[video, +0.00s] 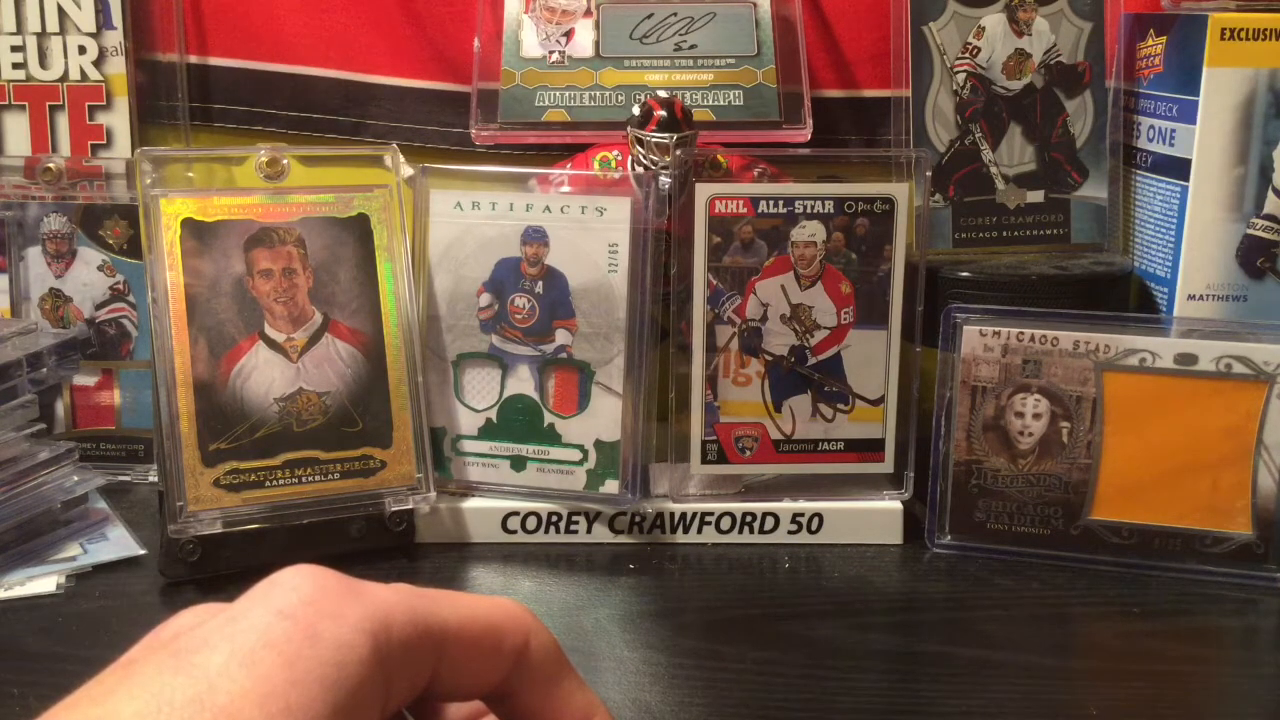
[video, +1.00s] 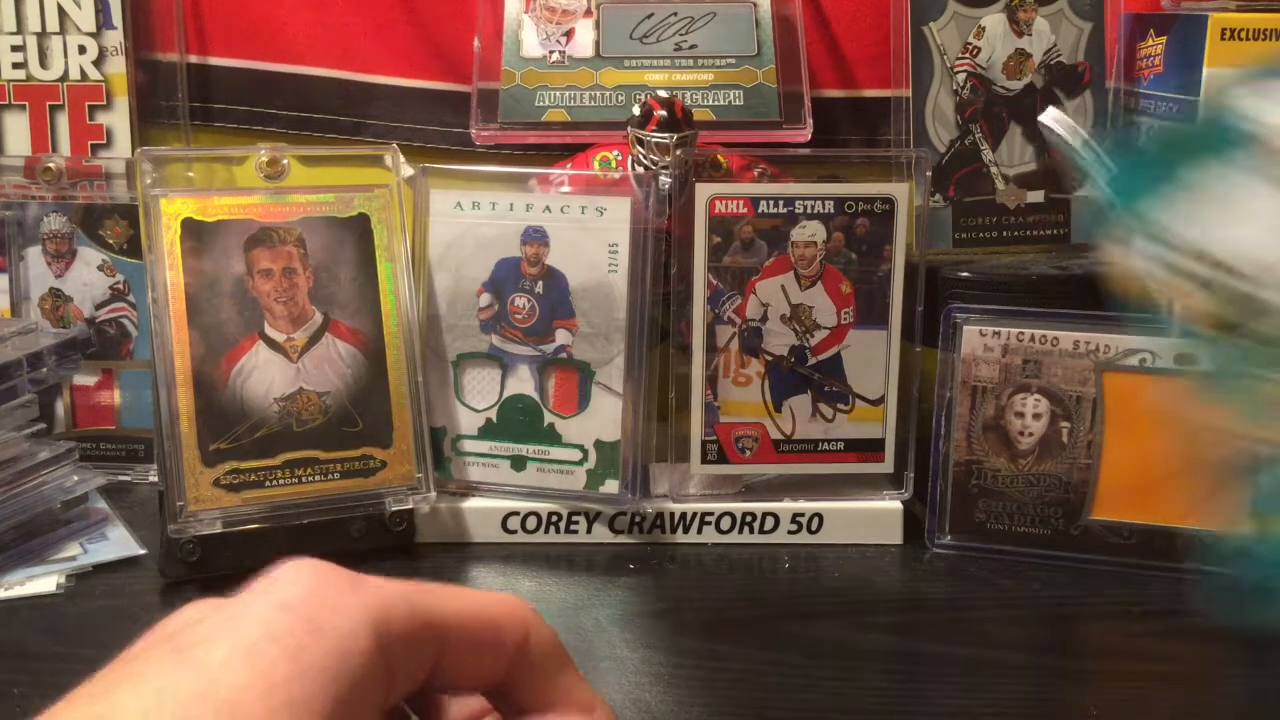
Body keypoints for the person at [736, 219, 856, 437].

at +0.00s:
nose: (801, 253)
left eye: (808, 247)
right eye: (796, 247)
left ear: (821, 249)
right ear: (790, 249)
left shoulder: (838, 285)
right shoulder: (773, 271)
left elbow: (842, 331)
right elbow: (754, 293)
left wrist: (810, 352)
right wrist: (750, 325)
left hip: (823, 354)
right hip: (780, 353)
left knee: (834, 413)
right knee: (798, 411)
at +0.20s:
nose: (801, 253)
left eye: (808, 247)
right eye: (796, 247)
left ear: (821, 249)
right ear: (790, 249)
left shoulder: (838, 285)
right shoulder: (773, 271)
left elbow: (842, 331)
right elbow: (754, 293)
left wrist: (810, 352)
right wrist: (750, 325)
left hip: (823, 354)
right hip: (780, 353)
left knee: (834, 412)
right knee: (798, 411)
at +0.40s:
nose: (801, 253)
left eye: (808, 247)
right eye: (796, 247)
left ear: (821, 249)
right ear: (790, 249)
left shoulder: (838, 285)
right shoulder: (773, 271)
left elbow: (842, 330)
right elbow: (754, 293)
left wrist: (809, 352)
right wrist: (750, 326)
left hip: (822, 353)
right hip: (779, 353)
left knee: (834, 412)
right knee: (798, 410)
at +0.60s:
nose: (801, 253)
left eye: (808, 247)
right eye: (796, 247)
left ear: (821, 249)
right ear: (790, 249)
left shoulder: (839, 285)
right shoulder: (773, 271)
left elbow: (842, 330)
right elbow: (754, 292)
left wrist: (809, 352)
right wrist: (750, 325)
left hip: (822, 354)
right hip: (780, 353)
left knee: (833, 412)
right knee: (799, 410)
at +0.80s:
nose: (801, 253)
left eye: (808, 247)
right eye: (796, 247)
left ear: (821, 249)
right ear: (790, 249)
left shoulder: (839, 285)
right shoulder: (773, 271)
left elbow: (842, 330)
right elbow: (754, 293)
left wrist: (809, 352)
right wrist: (750, 325)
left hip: (822, 354)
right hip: (780, 353)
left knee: (833, 412)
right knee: (799, 410)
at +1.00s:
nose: (801, 253)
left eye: (808, 247)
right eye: (796, 247)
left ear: (821, 249)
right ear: (790, 249)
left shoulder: (838, 285)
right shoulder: (774, 271)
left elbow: (842, 330)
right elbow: (754, 292)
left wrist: (810, 352)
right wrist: (751, 326)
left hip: (823, 354)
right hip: (780, 354)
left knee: (833, 413)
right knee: (797, 412)